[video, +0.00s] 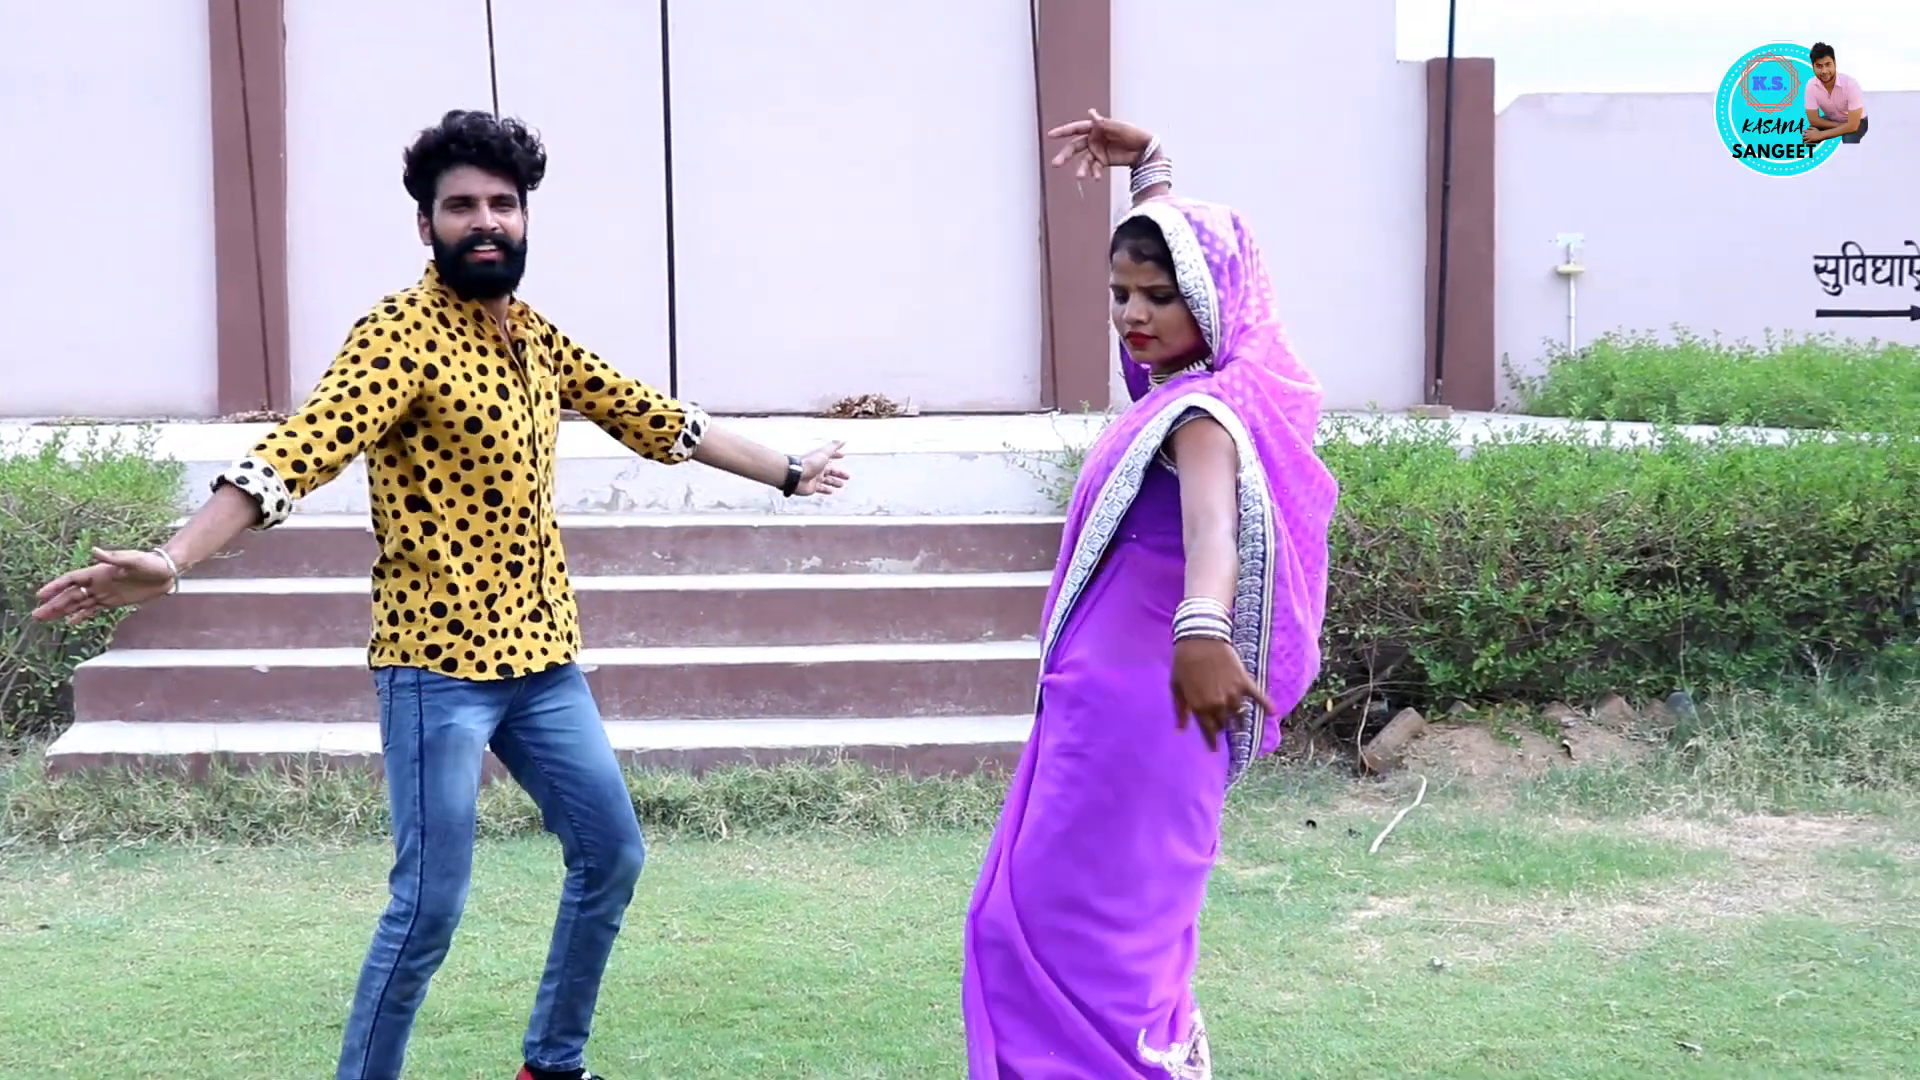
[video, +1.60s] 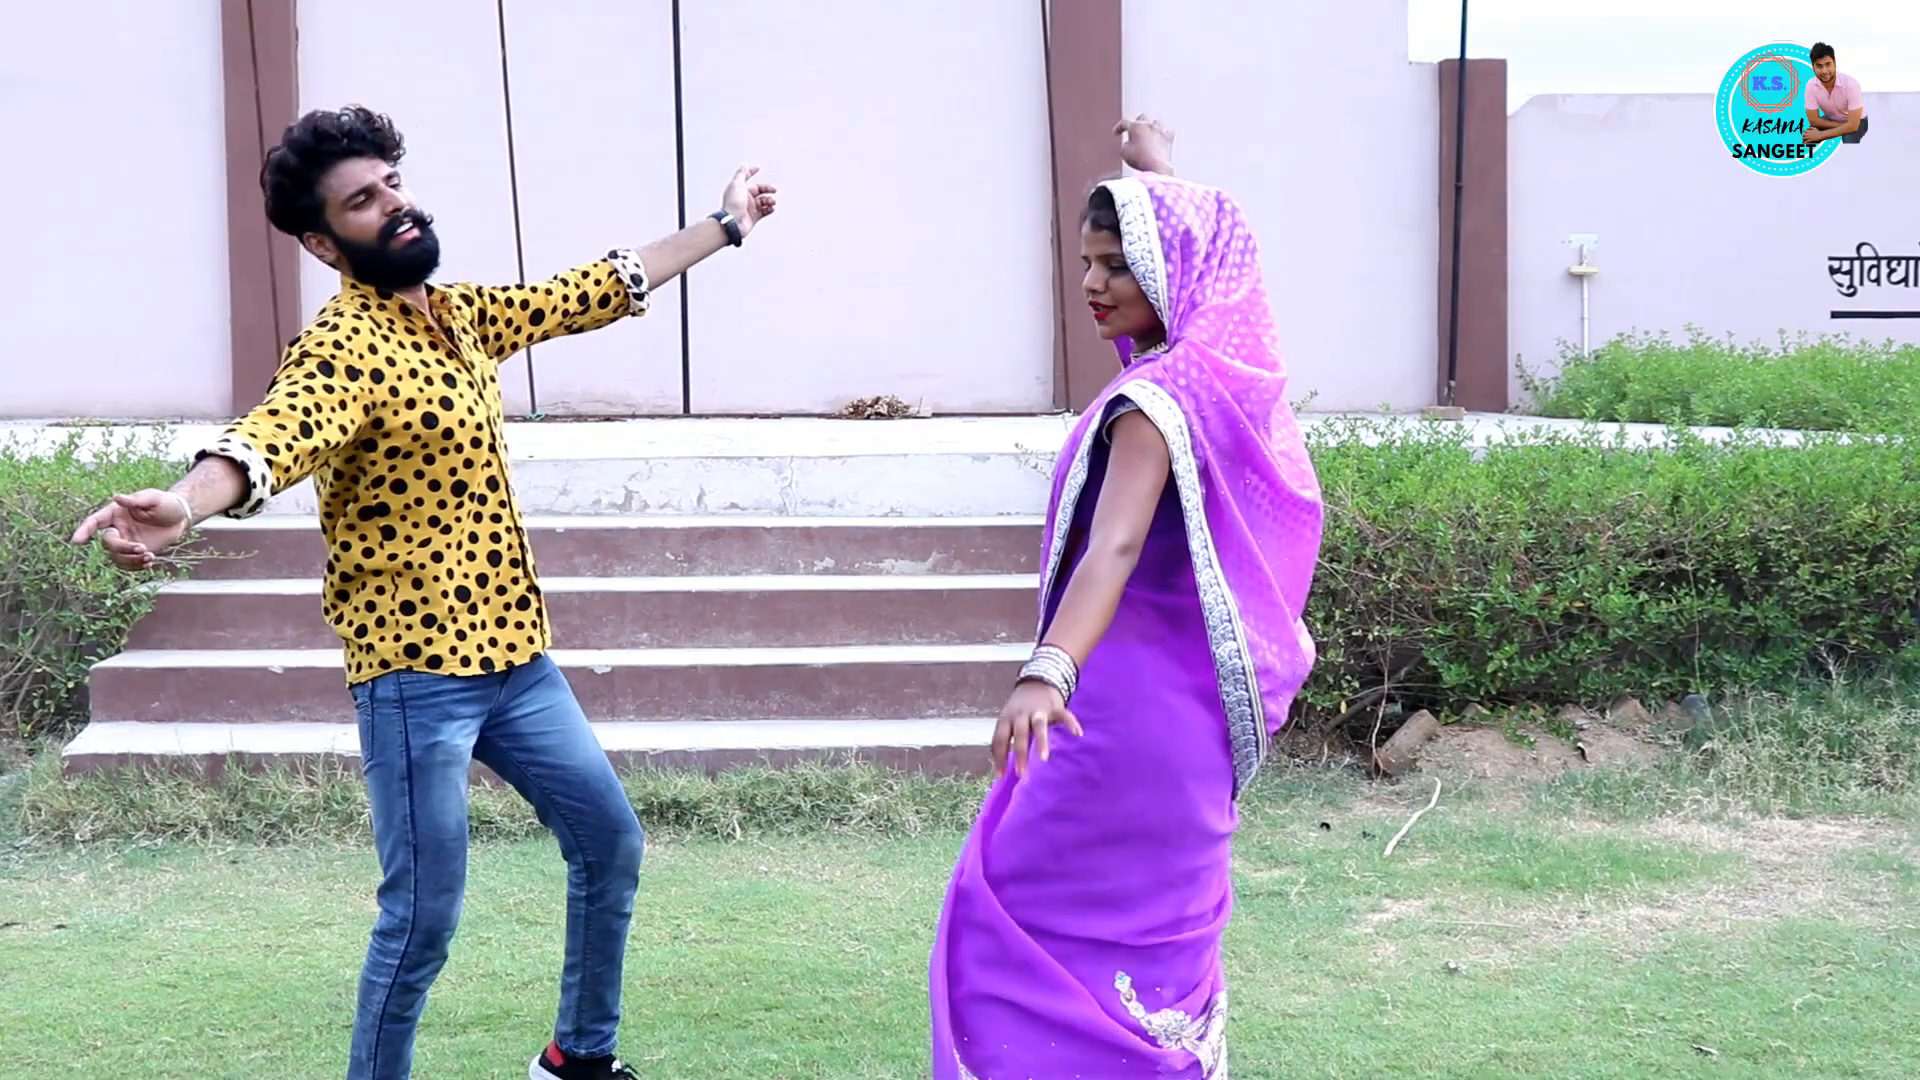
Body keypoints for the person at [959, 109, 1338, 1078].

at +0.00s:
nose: (1134, 316)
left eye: (1158, 295)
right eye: (1123, 294)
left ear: (1213, 303)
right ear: (1114, 292)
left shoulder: (1199, 410)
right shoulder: (1198, 391)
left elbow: (1212, 519)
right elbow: (1168, 272)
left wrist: (1203, 625)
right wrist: (1148, 162)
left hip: (1127, 718)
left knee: (1019, 924)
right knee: (1127, 930)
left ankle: (1100, 1064)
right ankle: (1158, 1055)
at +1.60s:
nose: (1091, 286)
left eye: (1113, 265)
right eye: (1088, 264)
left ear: (1175, 276)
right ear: (1195, 278)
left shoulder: (1153, 398)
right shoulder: (1236, 379)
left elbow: (1114, 548)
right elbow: (1211, 267)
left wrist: (1048, 669)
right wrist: (1163, 177)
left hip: (1120, 725)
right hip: (1194, 725)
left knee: (983, 921)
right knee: (1176, 962)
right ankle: (1175, 1064)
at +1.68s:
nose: (1108, 290)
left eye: (1129, 269)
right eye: (1104, 268)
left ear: (1196, 278)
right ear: (1206, 286)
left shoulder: (1170, 405)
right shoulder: (1259, 395)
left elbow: (1128, 566)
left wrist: (1046, 694)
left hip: (1138, 726)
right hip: (1211, 725)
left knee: (1044, 955)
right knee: (1186, 958)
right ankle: (1187, 1063)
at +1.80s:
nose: (1123, 281)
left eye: (1144, 262)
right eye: (1121, 260)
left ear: (1208, 275)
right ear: (1226, 278)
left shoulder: (1189, 405)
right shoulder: (1266, 384)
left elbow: (1149, 561)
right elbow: (1256, 265)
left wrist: (1069, 686)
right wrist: (1205, 181)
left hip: (1148, 714)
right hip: (1213, 712)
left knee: (1078, 963)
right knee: (1189, 959)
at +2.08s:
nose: (1197, 275)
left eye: (1220, 258)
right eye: (1193, 257)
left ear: (1282, 275)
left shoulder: (1263, 403)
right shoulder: (1300, 372)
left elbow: (1230, 555)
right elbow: (1207, 317)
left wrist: (1186, 662)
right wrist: (1188, 207)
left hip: (1216, 717)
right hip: (1263, 711)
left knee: (1086, 928)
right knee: (1244, 953)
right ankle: (1259, 1062)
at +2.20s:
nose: (1207, 259)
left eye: (1231, 245)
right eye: (1206, 240)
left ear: (1296, 267)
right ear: (1200, 244)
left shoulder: (1296, 390)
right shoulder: (1262, 368)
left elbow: (1287, 543)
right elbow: (1199, 318)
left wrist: (1253, 606)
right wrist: (1184, 210)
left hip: (1231, 711)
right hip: (1196, 698)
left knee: (1204, 955)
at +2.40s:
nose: (1205, 243)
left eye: (1229, 225)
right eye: (1208, 227)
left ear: (1294, 252)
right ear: (1252, 261)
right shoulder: (1220, 356)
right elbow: (1160, 321)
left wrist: (1365, 504)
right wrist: (1134, 259)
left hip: (1271, 690)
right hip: (1189, 684)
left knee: (1268, 946)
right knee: (1171, 932)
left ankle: (1296, 1064)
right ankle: (1172, 1066)